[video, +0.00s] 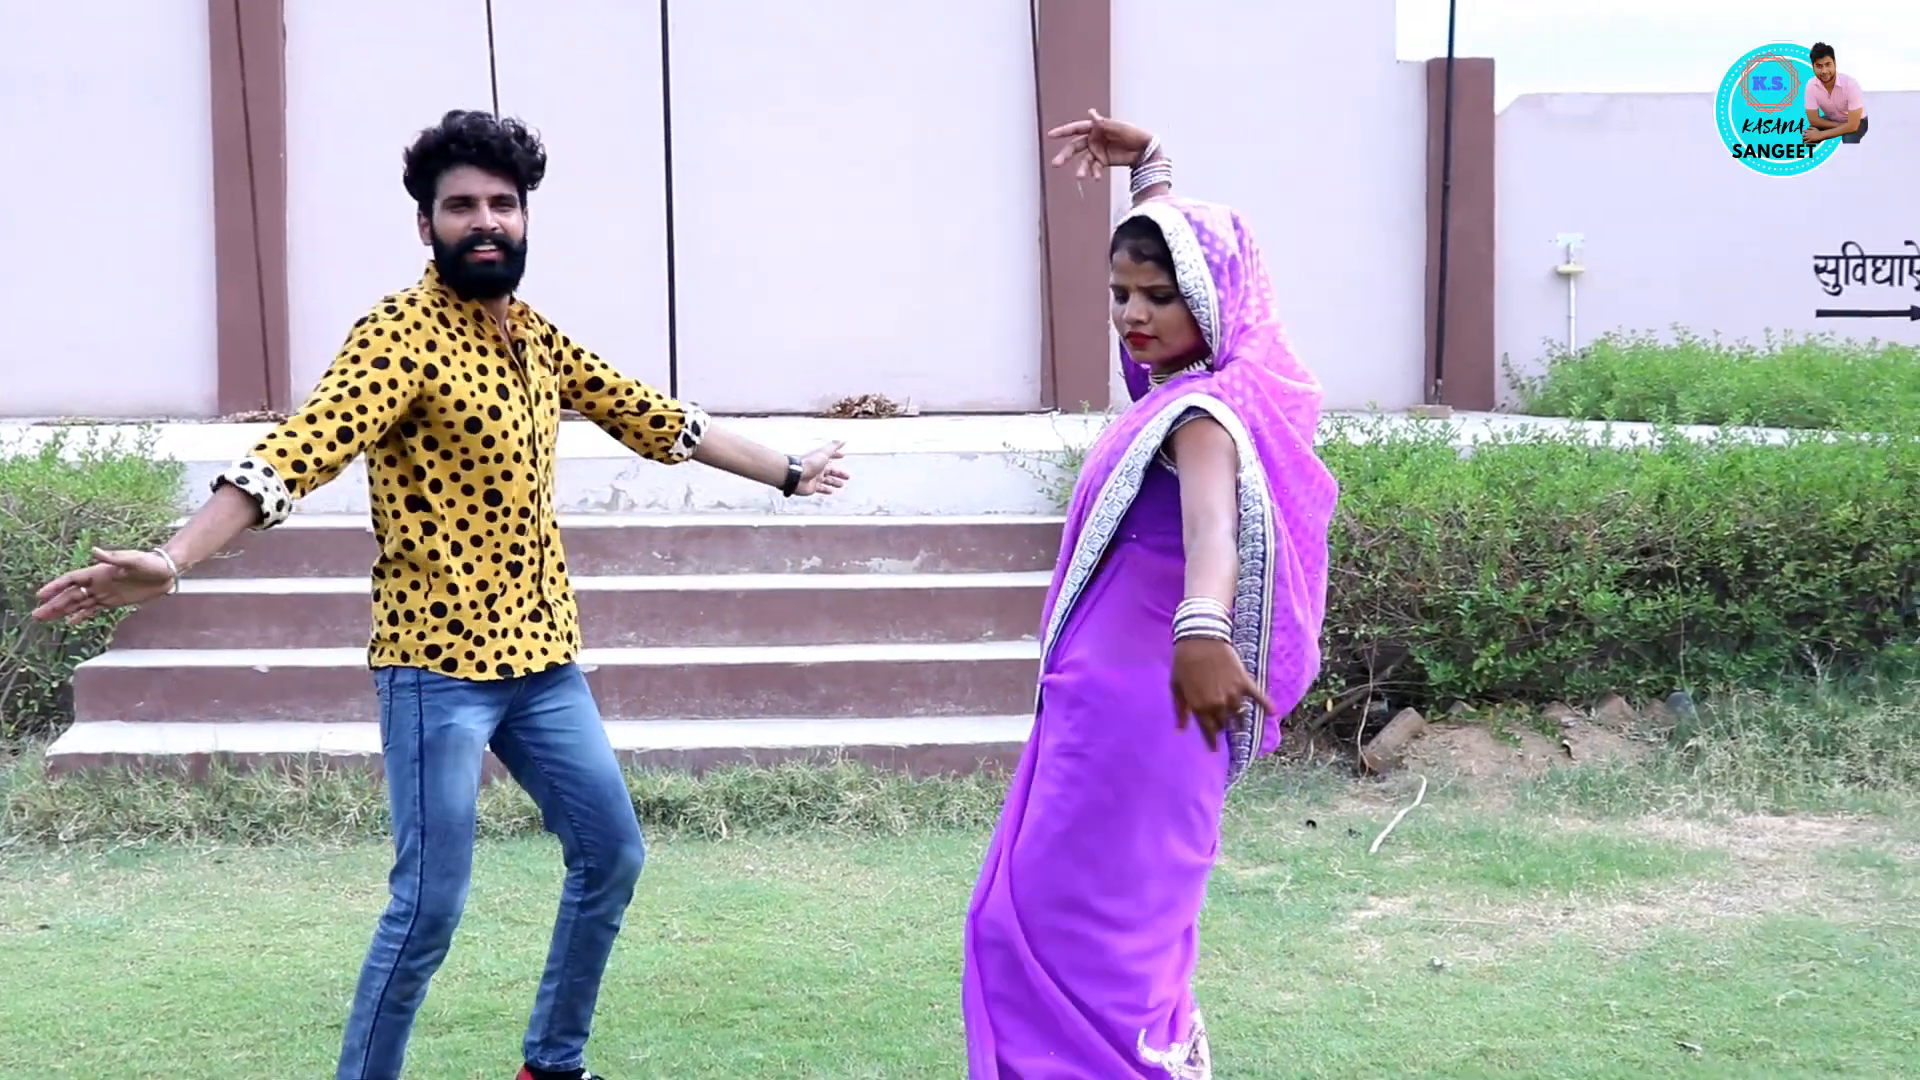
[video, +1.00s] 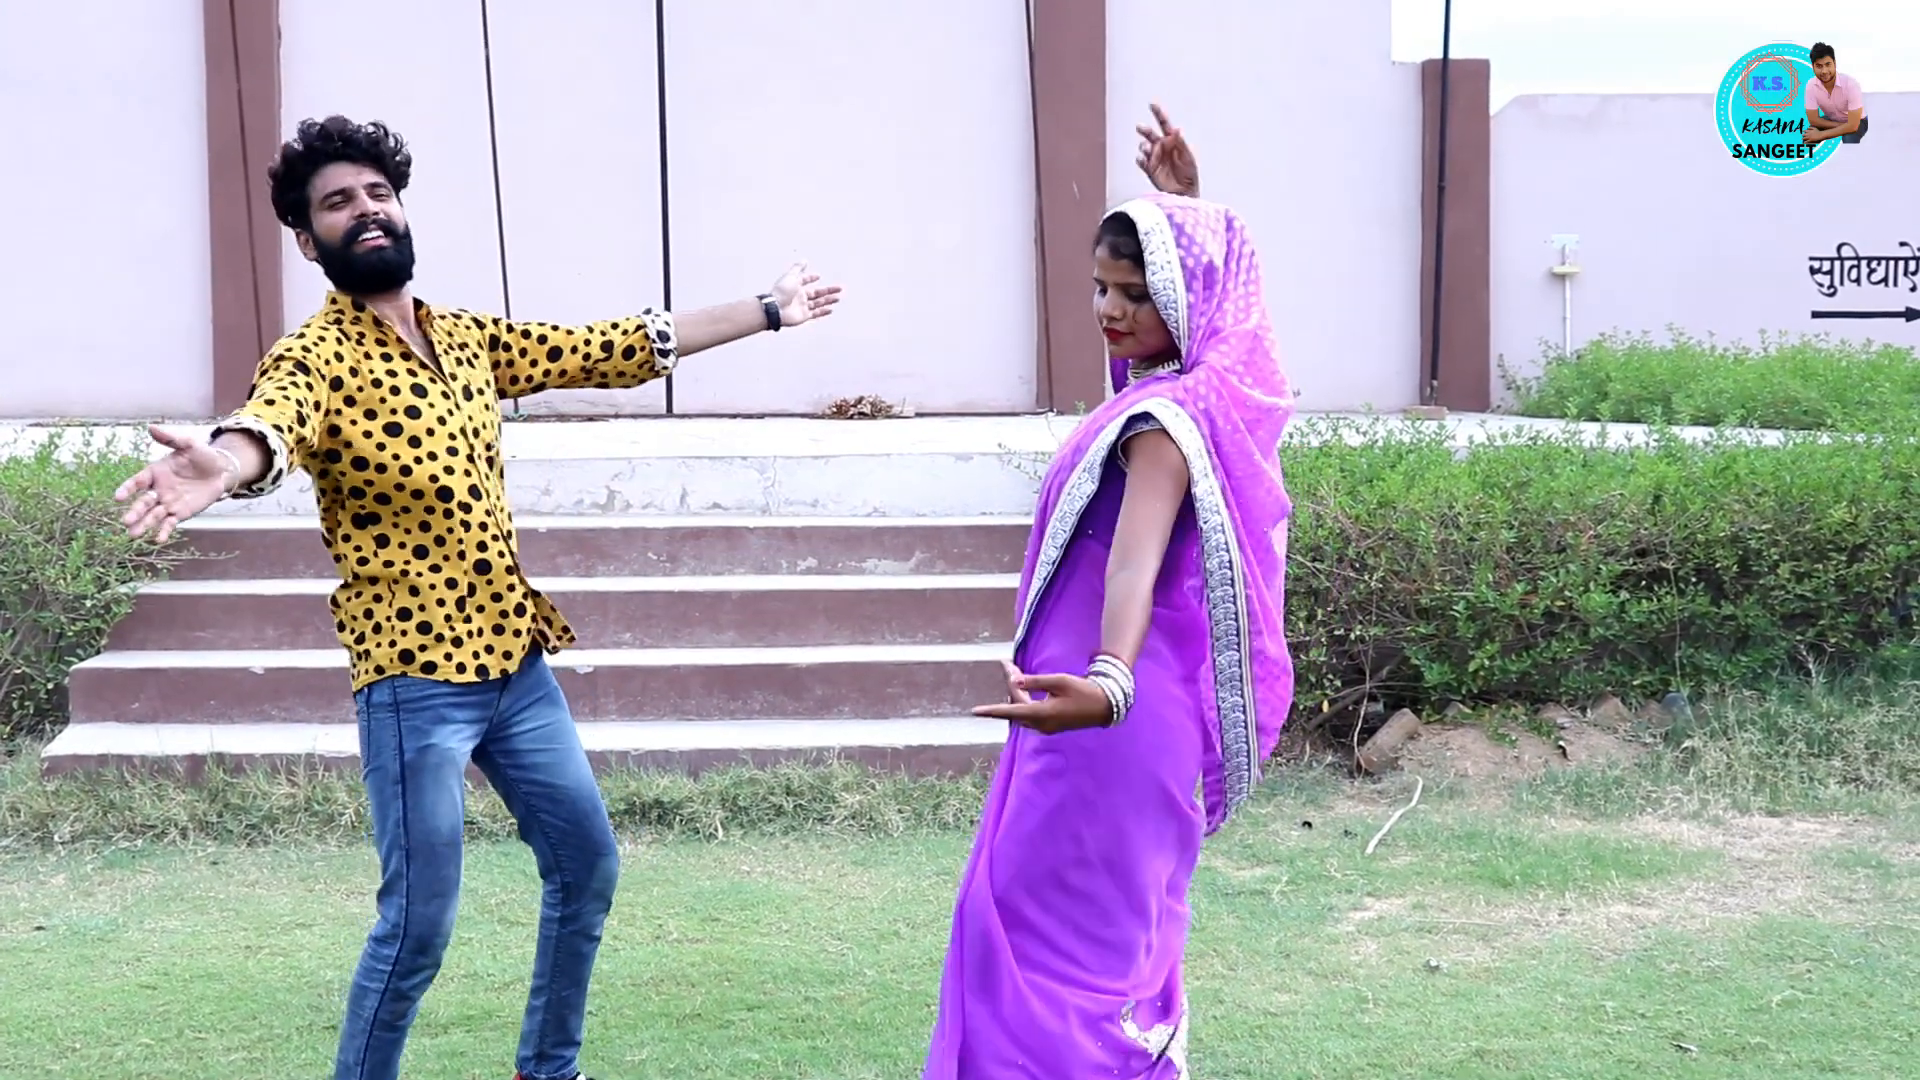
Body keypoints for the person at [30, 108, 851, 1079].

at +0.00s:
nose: (486, 223)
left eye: (503, 205)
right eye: (463, 206)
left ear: (527, 218)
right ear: (426, 222)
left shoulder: (538, 343)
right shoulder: (397, 336)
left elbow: (658, 419)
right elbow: (290, 455)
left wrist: (787, 468)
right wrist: (176, 558)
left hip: (540, 661)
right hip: (434, 665)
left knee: (614, 854)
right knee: (428, 907)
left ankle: (552, 1061)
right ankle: (363, 1070)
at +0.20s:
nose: (443, 217)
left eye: (458, 201)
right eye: (417, 204)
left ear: (481, 222)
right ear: (378, 231)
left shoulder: (523, 355)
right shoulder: (350, 355)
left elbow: (659, 424)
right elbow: (281, 442)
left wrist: (803, 441)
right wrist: (226, 505)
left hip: (533, 667)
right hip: (426, 677)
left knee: (615, 861)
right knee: (420, 920)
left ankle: (554, 1066)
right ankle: (360, 1076)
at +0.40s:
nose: (428, 194)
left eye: (439, 175)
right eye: (399, 184)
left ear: (464, 193)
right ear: (363, 217)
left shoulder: (498, 328)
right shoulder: (357, 325)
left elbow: (638, 364)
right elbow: (267, 400)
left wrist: (789, 370)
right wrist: (166, 458)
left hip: (520, 651)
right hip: (418, 659)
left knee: (584, 853)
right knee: (405, 897)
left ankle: (549, 1063)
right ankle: (351, 1069)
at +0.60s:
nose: (391, 210)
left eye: (404, 194)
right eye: (363, 201)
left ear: (433, 216)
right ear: (333, 240)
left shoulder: (490, 345)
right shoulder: (326, 350)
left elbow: (634, 374)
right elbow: (278, 409)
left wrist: (795, 374)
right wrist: (235, 446)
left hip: (520, 666)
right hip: (408, 674)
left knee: (604, 858)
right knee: (408, 923)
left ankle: (553, 1067)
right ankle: (357, 1074)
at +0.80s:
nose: (387, 193)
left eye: (397, 173)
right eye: (357, 189)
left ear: (427, 193)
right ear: (330, 227)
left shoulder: (472, 326)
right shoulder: (341, 325)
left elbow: (614, 339)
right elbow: (267, 397)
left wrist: (761, 318)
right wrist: (176, 455)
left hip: (509, 650)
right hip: (412, 661)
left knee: (582, 850)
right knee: (397, 903)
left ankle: (550, 1062)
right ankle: (349, 1072)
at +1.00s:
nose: (369, 212)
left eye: (380, 193)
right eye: (340, 203)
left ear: (405, 208)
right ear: (305, 238)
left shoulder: (469, 338)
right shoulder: (312, 357)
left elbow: (612, 349)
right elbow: (267, 423)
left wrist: (770, 308)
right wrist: (225, 460)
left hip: (516, 666)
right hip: (411, 679)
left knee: (588, 862)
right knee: (417, 926)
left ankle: (548, 1068)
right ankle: (360, 1072)